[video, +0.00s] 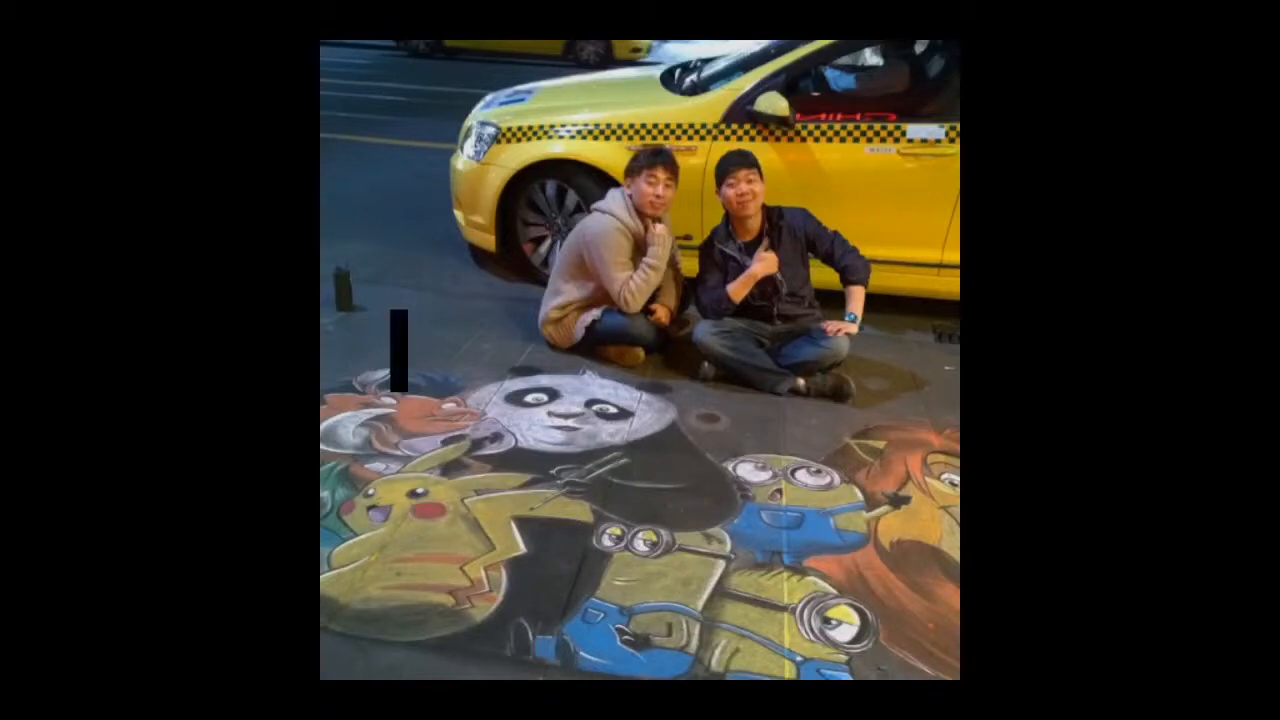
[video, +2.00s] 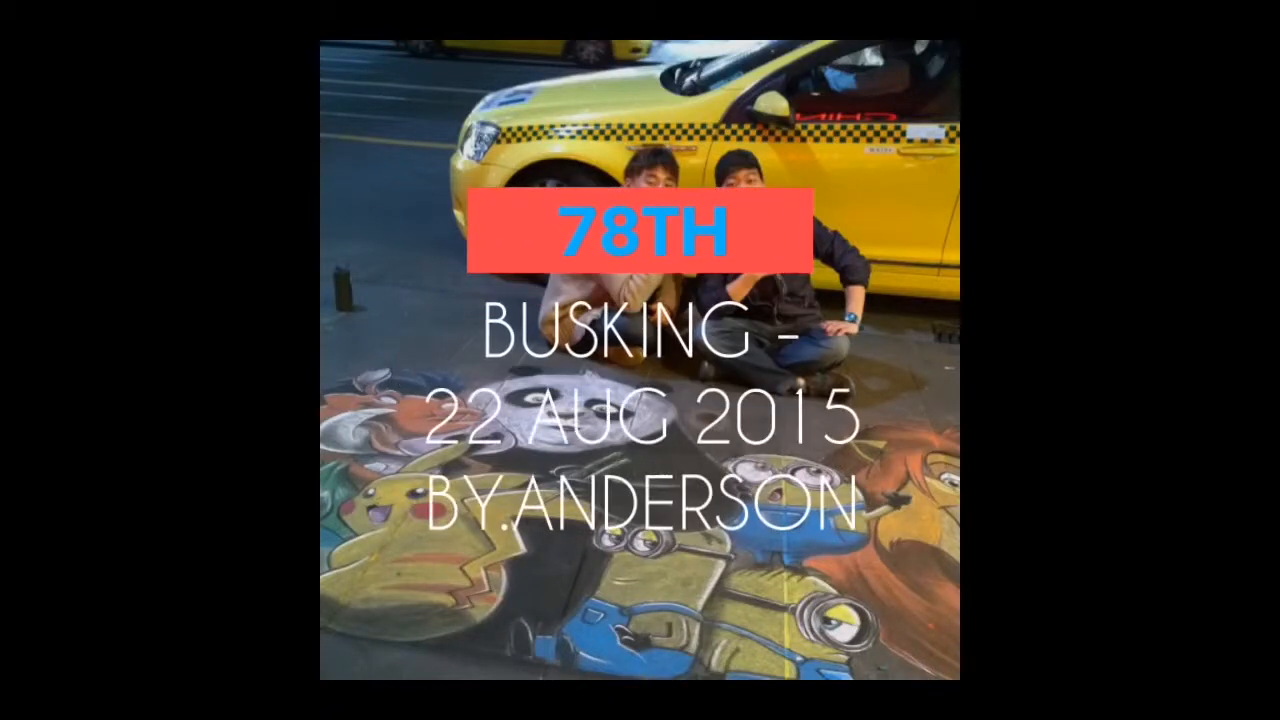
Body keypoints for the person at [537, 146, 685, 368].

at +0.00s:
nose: (660, 193)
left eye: (668, 185)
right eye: (651, 182)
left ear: (675, 193)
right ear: (629, 184)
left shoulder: (656, 221)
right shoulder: (605, 227)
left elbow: (670, 269)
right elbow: (629, 301)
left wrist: (665, 304)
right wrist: (658, 251)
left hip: (607, 305)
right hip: (566, 320)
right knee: (638, 327)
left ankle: (622, 346)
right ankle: (669, 334)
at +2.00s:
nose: (659, 191)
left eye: (668, 184)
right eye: (651, 181)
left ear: (675, 190)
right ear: (629, 182)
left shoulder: (655, 224)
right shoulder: (604, 221)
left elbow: (668, 279)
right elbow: (629, 300)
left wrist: (665, 305)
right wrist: (664, 247)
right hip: (565, 319)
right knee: (637, 327)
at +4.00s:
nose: (660, 193)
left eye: (668, 185)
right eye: (651, 183)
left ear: (675, 192)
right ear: (629, 184)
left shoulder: (656, 219)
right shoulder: (605, 228)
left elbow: (670, 267)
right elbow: (628, 301)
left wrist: (664, 305)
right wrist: (658, 251)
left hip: (610, 305)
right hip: (570, 306)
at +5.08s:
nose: (660, 193)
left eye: (668, 185)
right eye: (651, 183)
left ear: (675, 192)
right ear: (629, 184)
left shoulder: (656, 220)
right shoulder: (605, 228)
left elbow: (668, 285)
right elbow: (626, 298)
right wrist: (657, 252)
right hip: (565, 323)